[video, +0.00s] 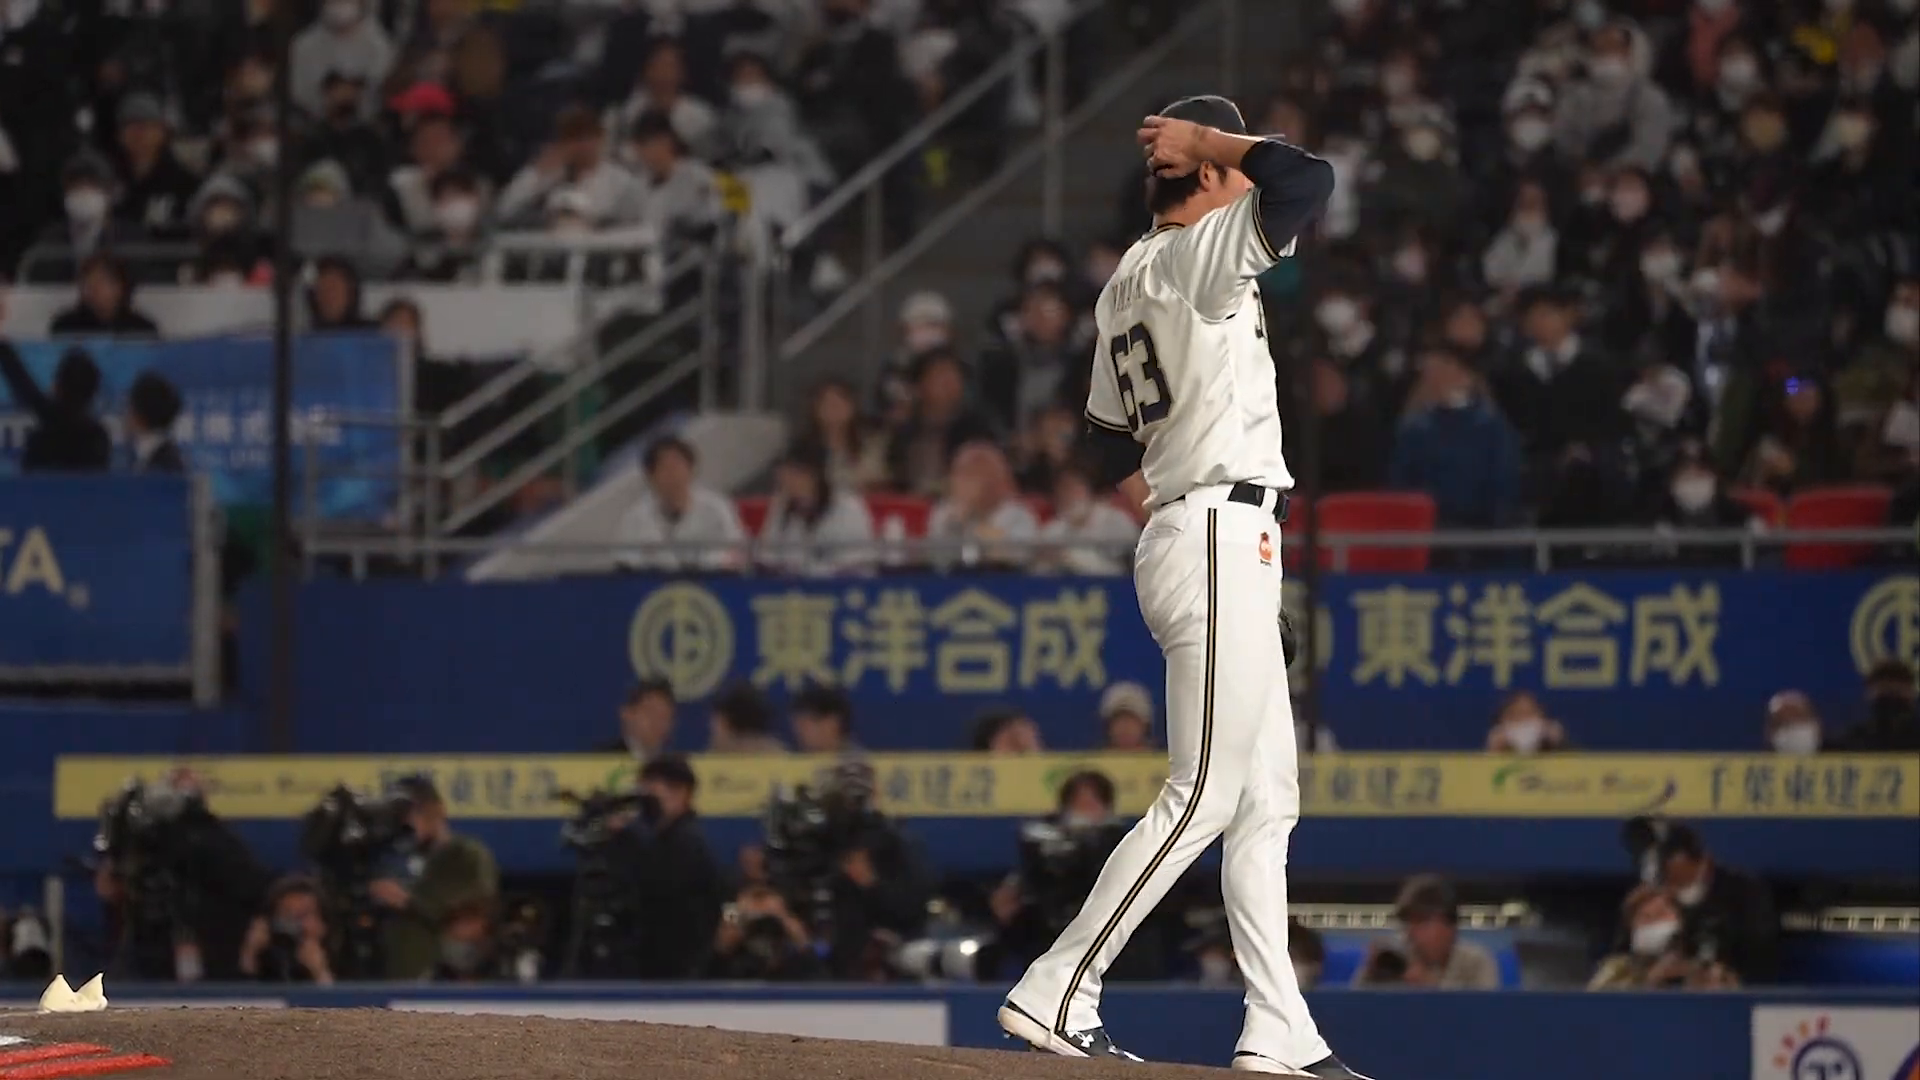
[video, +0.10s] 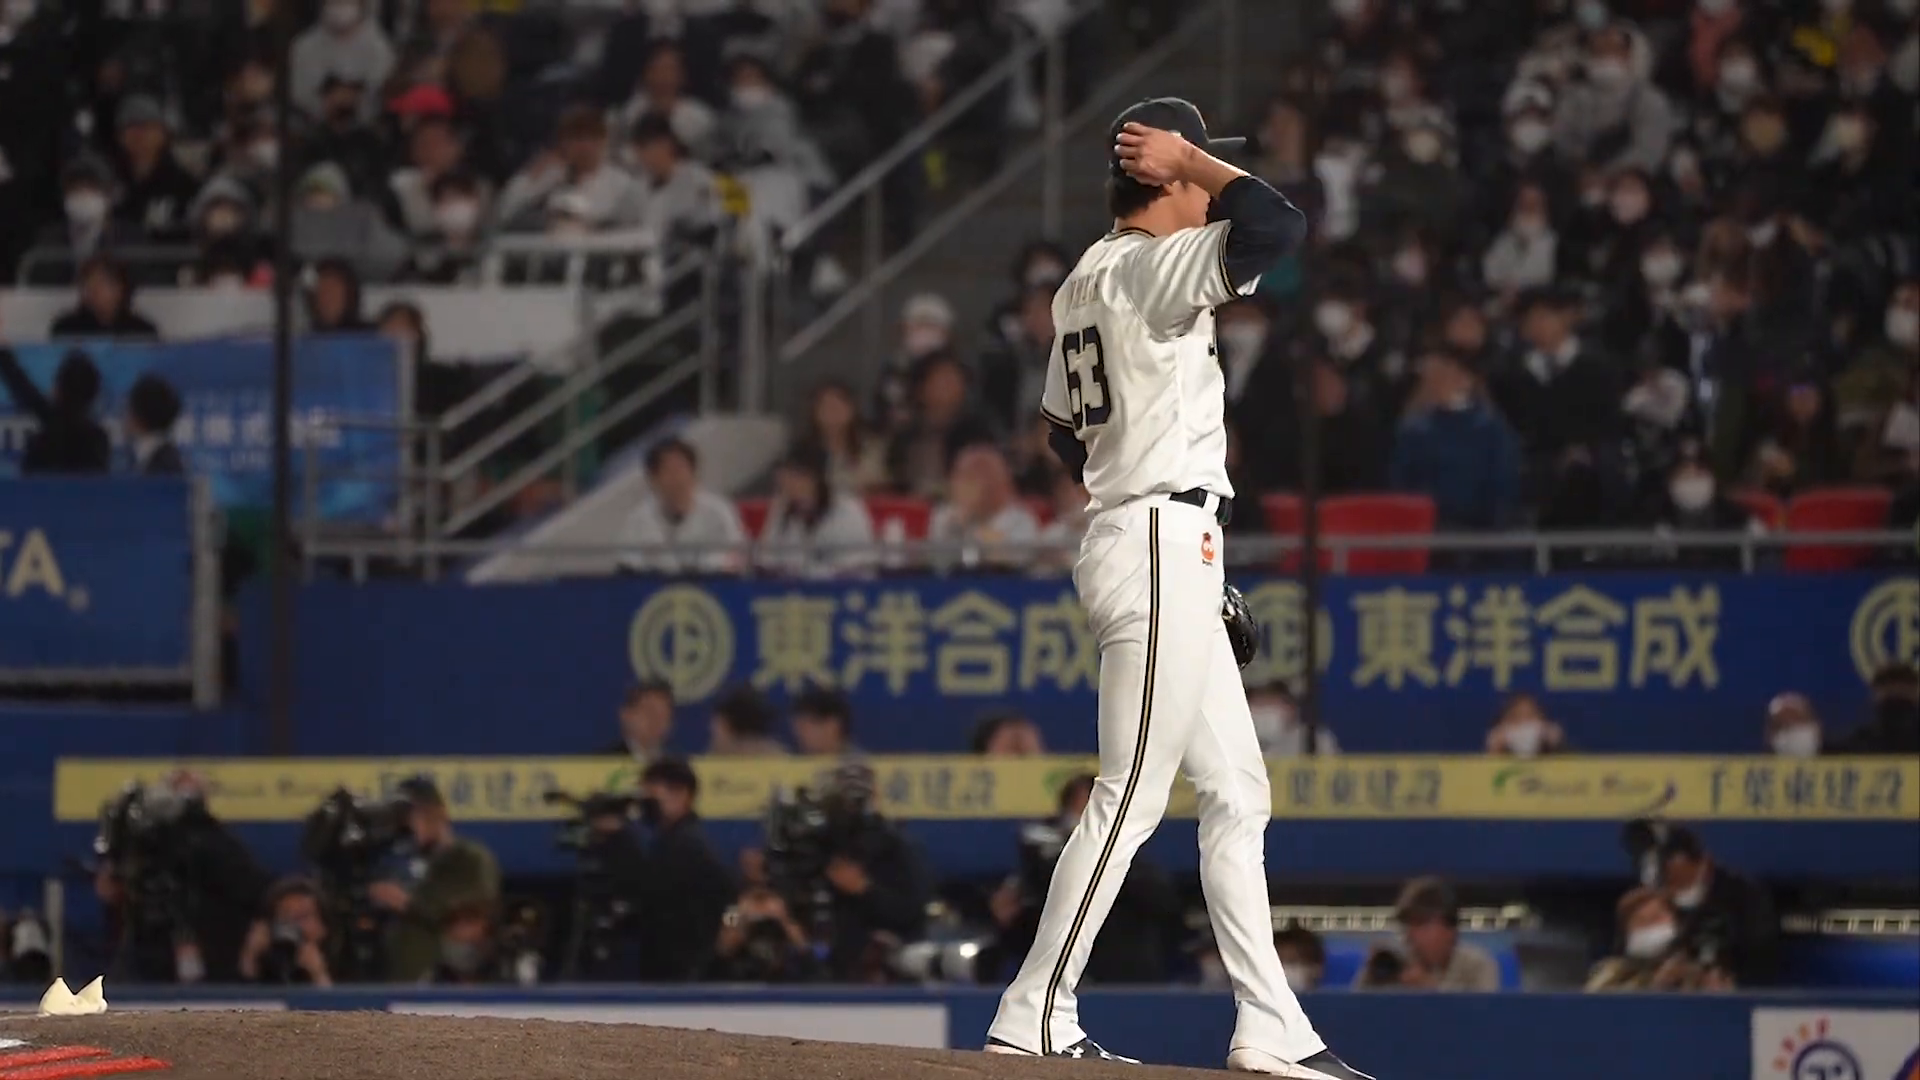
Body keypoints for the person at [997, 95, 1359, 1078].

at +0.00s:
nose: (1239, 172)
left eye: (1234, 156)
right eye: (1230, 154)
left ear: (1166, 183)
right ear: (1195, 174)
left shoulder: (1119, 287)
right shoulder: (1198, 251)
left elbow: (1108, 437)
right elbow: (1306, 177)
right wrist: (1207, 146)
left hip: (1196, 538)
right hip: (1219, 537)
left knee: (1268, 798)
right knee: (1204, 792)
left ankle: (1280, 1035)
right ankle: (1054, 995)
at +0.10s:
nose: (1214, 199)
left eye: (1208, 179)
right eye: (1202, 178)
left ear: (1128, 192)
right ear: (1171, 183)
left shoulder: (1083, 282)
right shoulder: (1150, 262)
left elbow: (1069, 441)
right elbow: (1274, 222)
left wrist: (1200, 572)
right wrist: (1190, 157)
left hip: (1144, 533)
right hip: (1161, 536)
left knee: (1235, 794)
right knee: (1129, 794)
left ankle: (1272, 1031)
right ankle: (1032, 1020)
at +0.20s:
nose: (1173, 173)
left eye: (1169, 157)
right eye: (1164, 158)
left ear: (1093, 169)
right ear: (1129, 164)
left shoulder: (1037, 265)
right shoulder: (1104, 258)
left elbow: (1040, 432)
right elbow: (1224, 309)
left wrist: (1152, 562)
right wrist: (1222, 190)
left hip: (1095, 528)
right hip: (1110, 529)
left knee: (1204, 770)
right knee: (1095, 784)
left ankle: (1219, 1015)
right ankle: (1031, 1018)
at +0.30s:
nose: (1125, 159)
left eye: (1120, 144)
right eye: (1115, 143)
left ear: (1050, 158)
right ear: (1079, 154)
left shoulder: (996, 256)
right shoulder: (1064, 248)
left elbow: (988, 408)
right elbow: (1130, 378)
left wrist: (1110, 562)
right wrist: (1262, 309)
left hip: (1055, 526)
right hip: (1070, 528)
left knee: (1167, 757)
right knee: (1071, 773)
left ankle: (1101, 988)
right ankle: (1032, 1014)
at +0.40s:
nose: (1073, 159)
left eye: (1067, 142)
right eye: (1063, 143)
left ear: (1002, 159)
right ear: (1029, 154)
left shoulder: (944, 262)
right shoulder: (1022, 255)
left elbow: (943, 417)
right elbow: (1044, 402)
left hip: (987, 520)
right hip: (1032, 521)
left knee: (1102, 759)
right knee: (1050, 772)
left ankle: (959, 946)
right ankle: (1028, 1011)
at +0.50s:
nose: (1029, 163)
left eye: (1025, 147)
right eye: (1020, 148)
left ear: (957, 159)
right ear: (986, 155)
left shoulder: (906, 262)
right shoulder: (974, 260)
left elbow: (897, 417)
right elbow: (956, 419)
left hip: (964, 534)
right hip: (1008, 535)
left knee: (1001, 775)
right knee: (1030, 776)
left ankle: (835, 936)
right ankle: (1029, 1006)